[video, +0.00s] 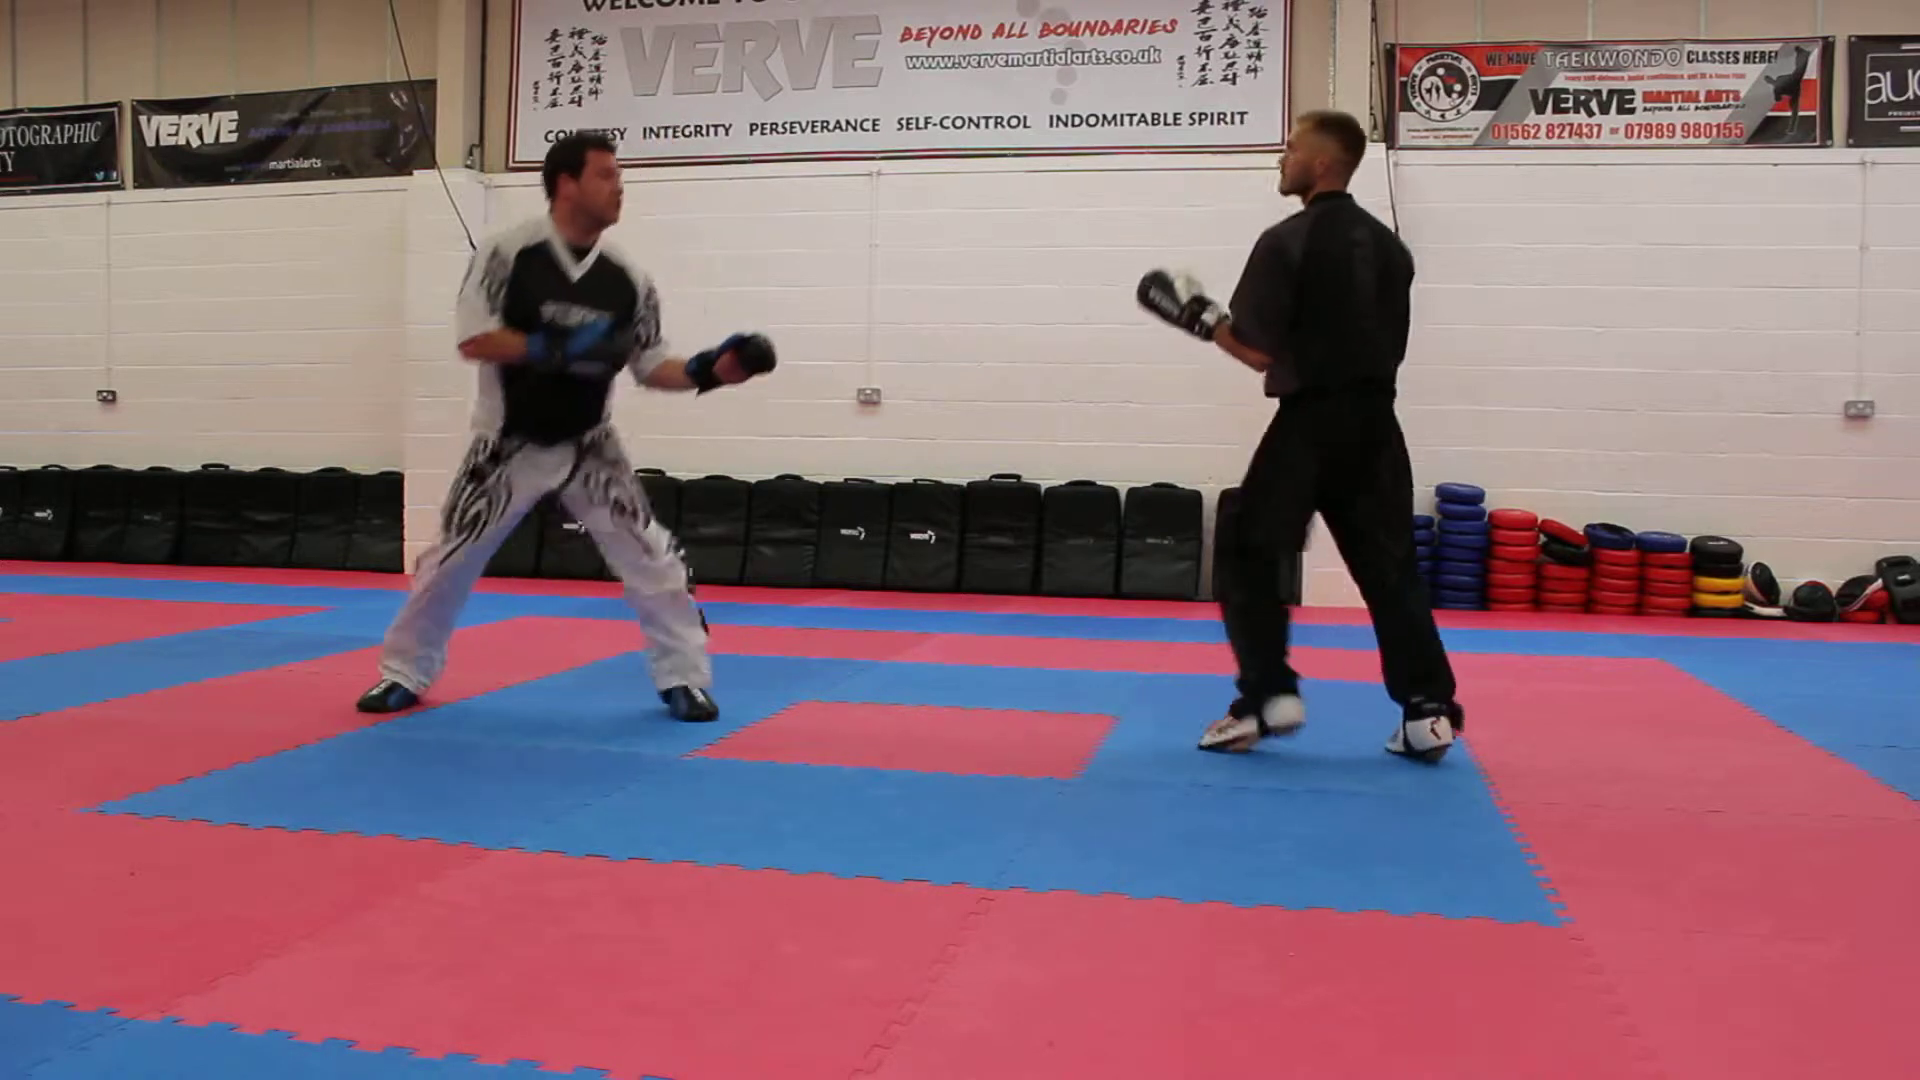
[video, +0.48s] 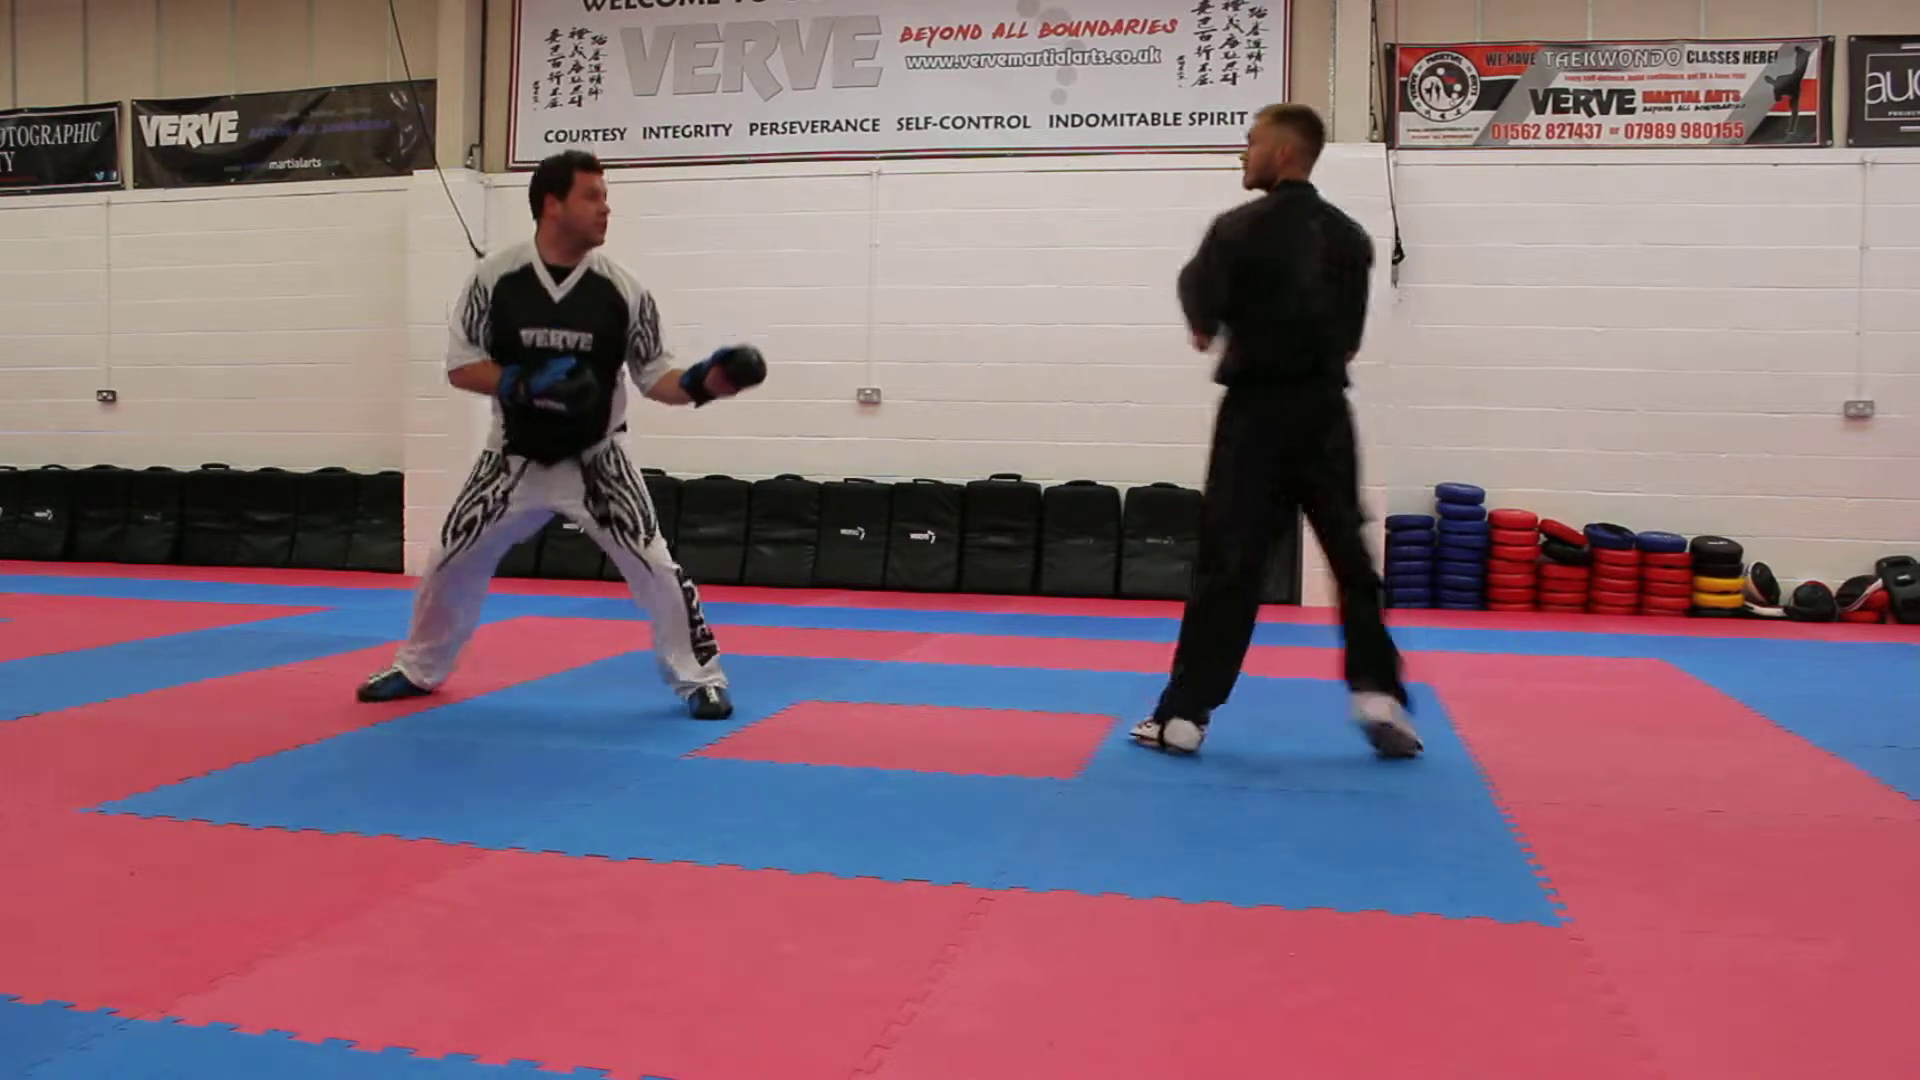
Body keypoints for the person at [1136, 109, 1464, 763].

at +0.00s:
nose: (1282, 158)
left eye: (1290, 148)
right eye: (1287, 147)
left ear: (1321, 162)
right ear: (1342, 168)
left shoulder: (1286, 244)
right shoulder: (1390, 248)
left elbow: (1260, 351)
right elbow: (1388, 350)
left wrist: (1205, 318)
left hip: (1303, 433)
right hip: (1374, 432)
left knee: (1248, 550)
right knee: (1390, 568)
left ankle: (1268, 693)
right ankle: (1428, 709)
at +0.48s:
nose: (1244, 154)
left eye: (1253, 143)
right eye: (1247, 143)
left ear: (1286, 151)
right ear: (1300, 155)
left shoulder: (1238, 230)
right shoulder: (1349, 236)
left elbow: (1200, 307)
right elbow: (1347, 338)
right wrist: (1249, 334)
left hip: (1250, 420)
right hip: (1323, 419)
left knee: (1228, 565)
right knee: (1351, 557)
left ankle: (1185, 716)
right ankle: (1378, 696)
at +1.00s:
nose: (1110, 153)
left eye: (1118, 142)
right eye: (1115, 141)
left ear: (1137, 152)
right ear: (1174, 158)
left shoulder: (1095, 216)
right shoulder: (1198, 253)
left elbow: (1005, 278)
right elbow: (1211, 355)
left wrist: (959, 236)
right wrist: (1147, 338)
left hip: (1032, 347)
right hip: (1086, 399)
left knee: (952, 303)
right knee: (1060, 536)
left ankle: (836, 329)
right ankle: (1047, 691)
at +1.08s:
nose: (1086, 164)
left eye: (1094, 155)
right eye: (1090, 153)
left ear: (1113, 165)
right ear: (1149, 172)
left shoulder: (1073, 227)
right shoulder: (1174, 267)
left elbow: (982, 293)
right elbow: (1190, 368)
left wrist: (932, 253)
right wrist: (1126, 356)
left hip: (994, 364)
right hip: (1052, 417)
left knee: (897, 340)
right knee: (1057, 557)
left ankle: (793, 333)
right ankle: (1043, 704)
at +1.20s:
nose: (1040, 173)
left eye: (1047, 163)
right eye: (1044, 161)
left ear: (1063, 172)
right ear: (1100, 178)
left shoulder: (1020, 238)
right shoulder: (1126, 273)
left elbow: (935, 304)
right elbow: (1135, 378)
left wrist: (894, 260)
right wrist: (1075, 353)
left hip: (948, 388)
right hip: (1013, 424)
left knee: (847, 444)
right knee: (1041, 558)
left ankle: (756, 521)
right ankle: (1039, 704)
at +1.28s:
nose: (992, 173)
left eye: (1001, 163)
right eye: (995, 161)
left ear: (1023, 170)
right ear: (1047, 175)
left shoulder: (976, 239)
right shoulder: (1076, 265)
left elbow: (887, 292)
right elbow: (1093, 368)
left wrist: (860, 256)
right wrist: (1031, 346)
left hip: (920, 411)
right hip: (990, 430)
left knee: (845, 516)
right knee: (1031, 561)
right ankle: (1040, 708)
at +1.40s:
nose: (881, 168)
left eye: (888, 158)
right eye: (887, 157)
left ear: (899, 166)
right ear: (931, 170)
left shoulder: (867, 231)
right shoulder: (970, 243)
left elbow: (780, 240)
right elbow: (1015, 319)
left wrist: (725, 200)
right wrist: (965, 327)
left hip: (875, 431)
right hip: (948, 433)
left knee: (841, 559)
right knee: (995, 558)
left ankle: (815, 704)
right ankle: (1042, 698)